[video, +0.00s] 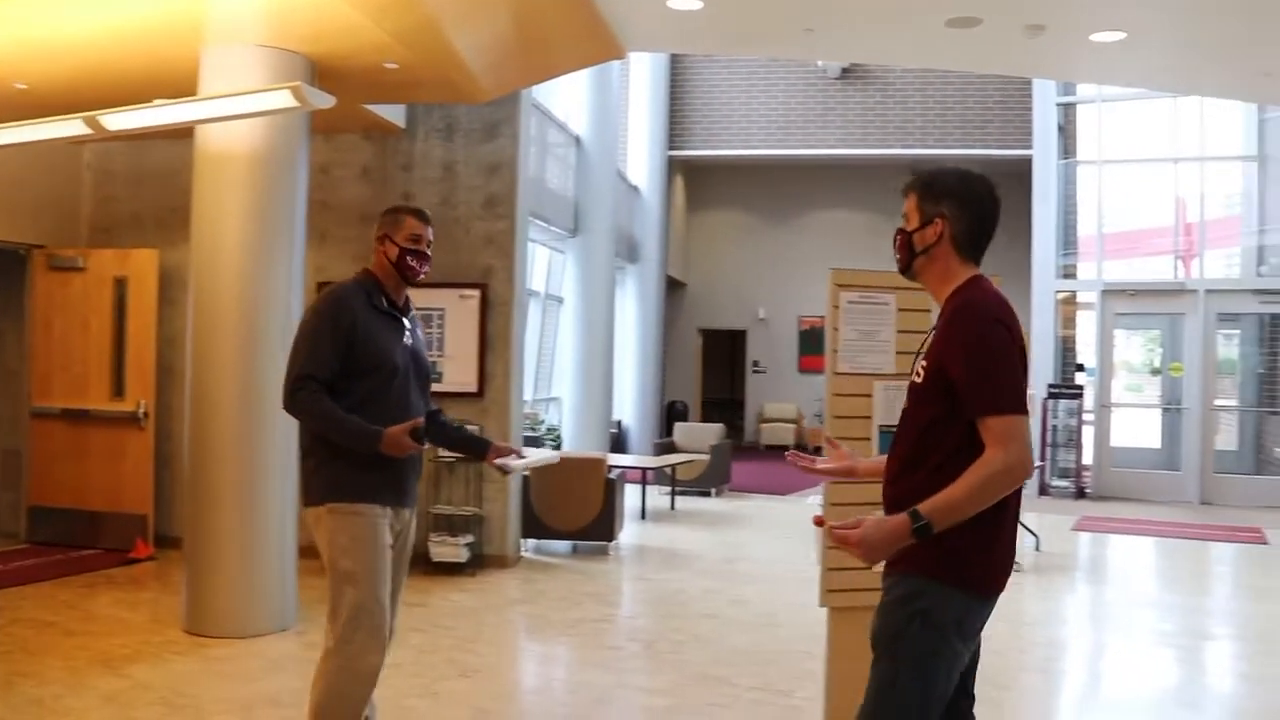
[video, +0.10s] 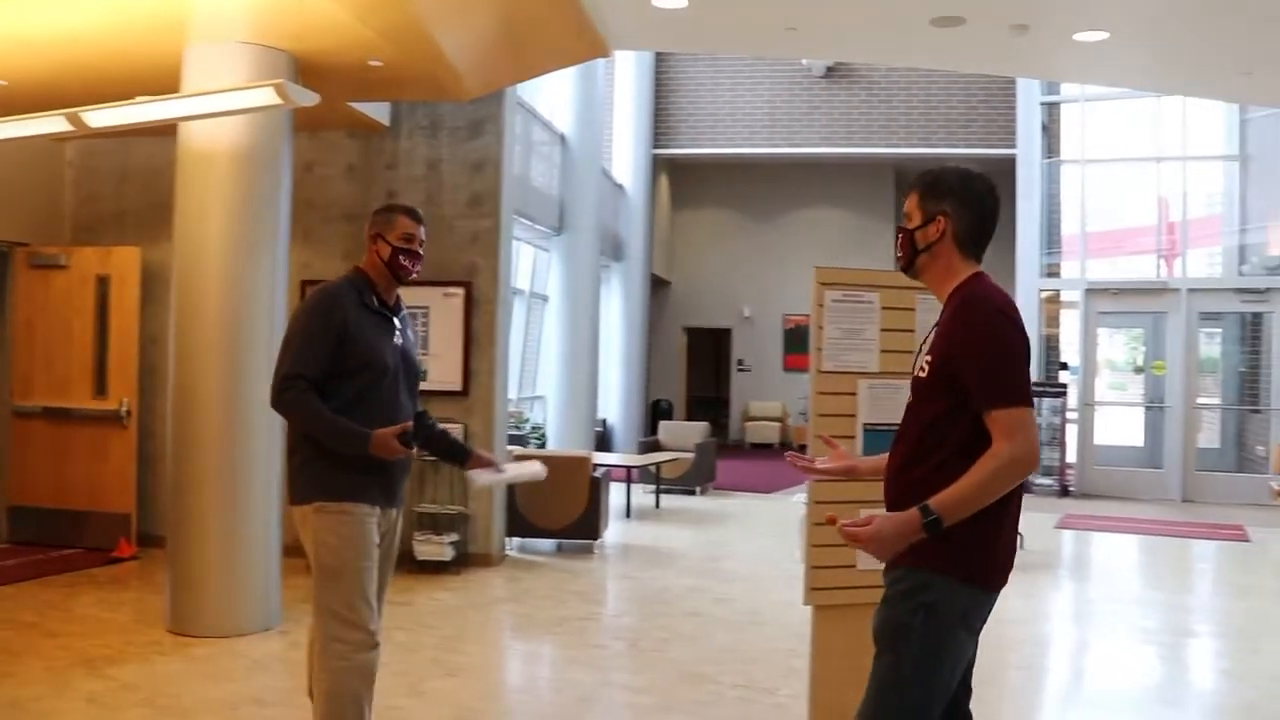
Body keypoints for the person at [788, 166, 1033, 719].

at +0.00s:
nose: (900, 234)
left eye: (907, 221)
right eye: (902, 222)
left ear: (937, 230)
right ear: (943, 232)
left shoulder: (978, 312)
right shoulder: (962, 310)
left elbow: (1012, 458)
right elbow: (951, 450)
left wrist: (904, 526)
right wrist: (861, 468)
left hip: (943, 572)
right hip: (942, 566)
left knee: (890, 711)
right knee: (945, 712)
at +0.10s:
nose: (901, 233)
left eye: (908, 220)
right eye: (903, 221)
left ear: (939, 228)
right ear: (944, 231)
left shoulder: (981, 310)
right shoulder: (961, 310)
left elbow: (1019, 451)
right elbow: (950, 443)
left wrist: (913, 522)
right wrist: (861, 467)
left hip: (946, 568)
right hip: (937, 563)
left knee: (891, 711)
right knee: (943, 711)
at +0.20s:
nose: (900, 235)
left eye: (908, 222)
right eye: (902, 223)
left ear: (942, 227)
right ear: (942, 230)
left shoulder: (987, 307)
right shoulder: (958, 309)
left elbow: (1025, 446)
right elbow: (943, 444)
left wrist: (922, 517)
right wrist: (853, 465)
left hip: (947, 567)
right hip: (927, 562)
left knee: (896, 710)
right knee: (937, 709)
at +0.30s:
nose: (899, 234)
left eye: (908, 221)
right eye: (900, 222)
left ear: (947, 226)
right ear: (941, 229)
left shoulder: (991, 309)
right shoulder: (955, 312)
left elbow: (1030, 444)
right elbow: (931, 443)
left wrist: (930, 513)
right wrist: (843, 462)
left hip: (950, 569)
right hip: (917, 561)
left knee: (911, 711)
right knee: (917, 709)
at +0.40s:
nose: (900, 232)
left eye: (911, 219)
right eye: (900, 220)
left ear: (952, 225)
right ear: (945, 226)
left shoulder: (995, 308)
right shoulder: (949, 312)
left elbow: (1034, 443)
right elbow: (925, 446)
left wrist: (936, 512)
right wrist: (837, 460)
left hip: (949, 569)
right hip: (906, 560)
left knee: (928, 712)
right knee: (905, 710)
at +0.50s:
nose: (901, 232)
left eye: (912, 218)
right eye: (901, 219)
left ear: (954, 224)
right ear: (949, 225)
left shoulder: (997, 307)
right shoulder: (937, 315)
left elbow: (1039, 443)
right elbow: (919, 443)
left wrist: (942, 515)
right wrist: (829, 457)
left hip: (950, 573)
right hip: (898, 563)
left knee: (943, 714)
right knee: (899, 711)